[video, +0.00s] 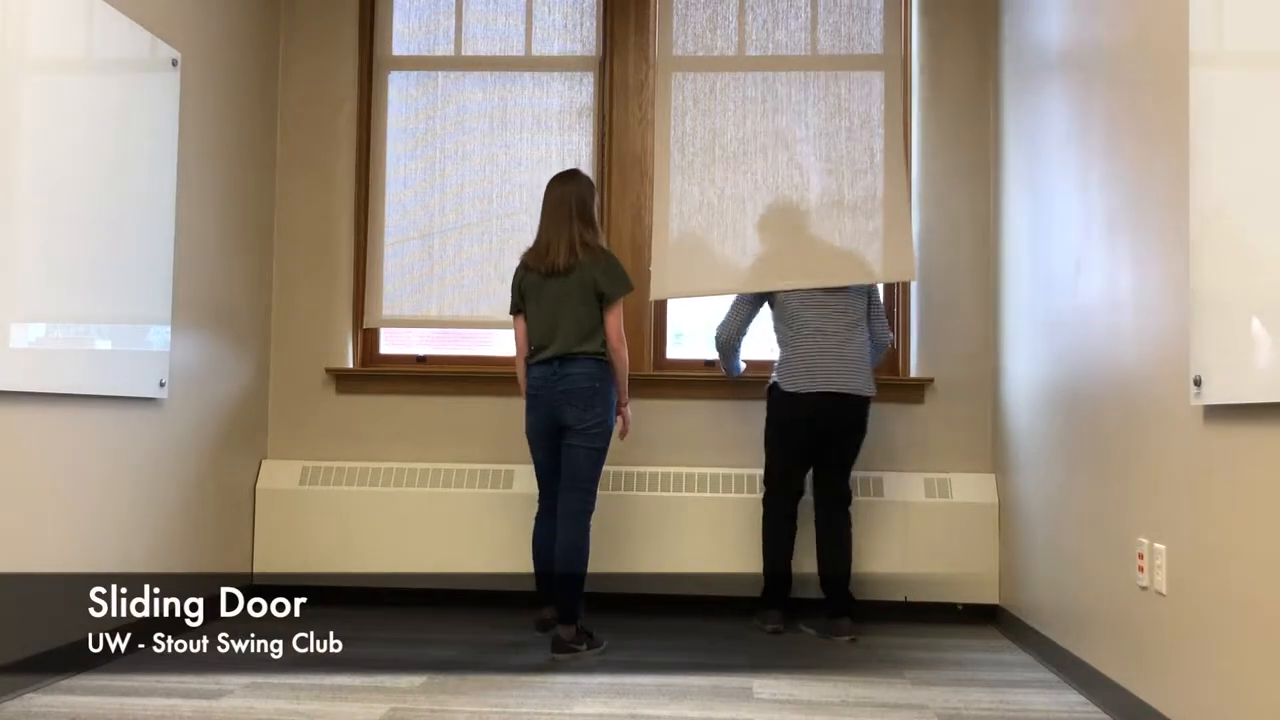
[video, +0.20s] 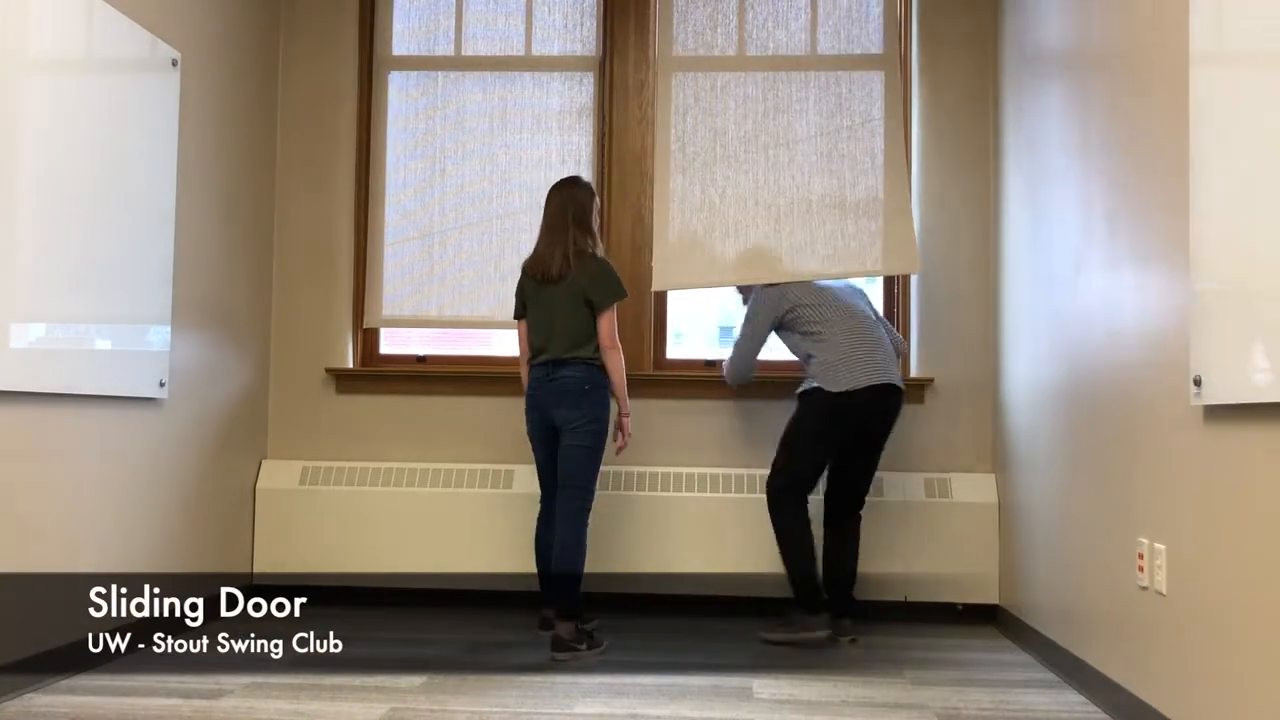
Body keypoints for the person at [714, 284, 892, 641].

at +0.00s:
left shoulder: (774, 266)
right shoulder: (859, 269)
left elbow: (727, 334)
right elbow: (883, 338)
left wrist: (733, 368)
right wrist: (852, 367)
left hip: (794, 395)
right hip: (850, 398)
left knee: (780, 499)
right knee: (834, 501)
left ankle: (774, 608)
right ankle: (839, 614)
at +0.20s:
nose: (744, 298)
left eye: (744, 290)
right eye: (740, 292)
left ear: (760, 280)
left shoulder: (771, 290)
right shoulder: (843, 286)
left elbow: (738, 372)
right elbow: (896, 344)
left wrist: (731, 368)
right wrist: (865, 374)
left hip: (835, 389)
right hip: (885, 390)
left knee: (785, 492)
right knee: (845, 504)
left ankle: (809, 613)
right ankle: (841, 617)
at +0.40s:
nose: (727, 346)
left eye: (726, 335)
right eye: (722, 339)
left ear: (748, 319)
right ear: (750, 318)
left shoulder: (771, 333)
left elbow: (776, 419)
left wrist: (751, 407)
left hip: (875, 401)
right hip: (904, 397)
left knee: (822, 504)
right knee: (839, 506)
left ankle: (853, 637)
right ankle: (848, 628)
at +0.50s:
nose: (724, 351)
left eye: (727, 339)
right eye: (719, 343)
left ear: (752, 325)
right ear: (750, 328)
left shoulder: (778, 340)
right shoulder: (781, 334)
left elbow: (792, 427)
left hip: (900, 409)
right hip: (886, 408)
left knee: (846, 504)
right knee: (828, 492)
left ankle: (868, 655)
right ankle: (840, 616)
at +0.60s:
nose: (735, 331)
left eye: (740, 318)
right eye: (728, 324)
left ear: (768, 309)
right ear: (729, 326)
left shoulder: (802, 337)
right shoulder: (798, 338)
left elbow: (820, 420)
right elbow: (846, 413)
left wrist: (807, 483)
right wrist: (813, 481)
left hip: (909, 413)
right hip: (879, 416)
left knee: (852, 508)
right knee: (822, 498)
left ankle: (868, 656)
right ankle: (838, 617)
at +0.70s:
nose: (758, 293)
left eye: (766, 282)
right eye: (749, 287)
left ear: (789, 280)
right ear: (743, 293)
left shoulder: (816, 311)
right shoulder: (786, 322)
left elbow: (863, 380)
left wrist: (840, 454)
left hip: (912, 412)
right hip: (875, 414)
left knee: (857, 507)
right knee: (818, 497)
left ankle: (868, 657)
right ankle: (835, 616)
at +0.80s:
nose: (780, 256)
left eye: (790, 245)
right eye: (770, 249)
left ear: (811, 249)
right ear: (762, 259)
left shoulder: (843, 283)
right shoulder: (788, 311)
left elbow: (912, 335)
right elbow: (824, 383)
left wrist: (883, 416)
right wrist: (836, 435)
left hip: (907, 412)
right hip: (855, 419)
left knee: (859, 514)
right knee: (816, 510)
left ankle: (869, 656)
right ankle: (832, 617)